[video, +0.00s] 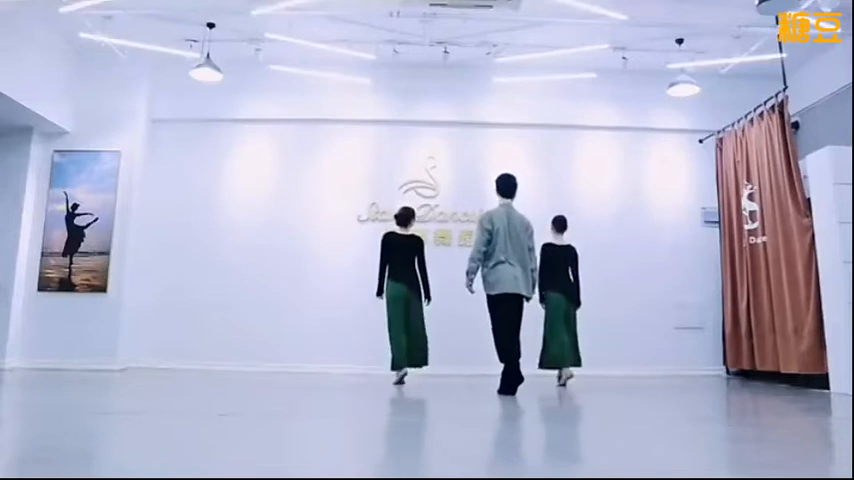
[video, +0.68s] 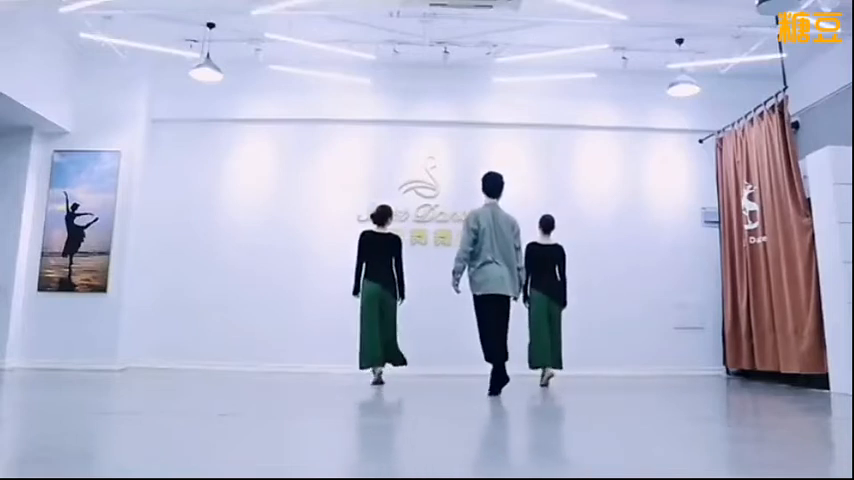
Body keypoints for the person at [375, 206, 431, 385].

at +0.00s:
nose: (412, 222)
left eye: (409, 219)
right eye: (412, 219)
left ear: (396, 219)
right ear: (412, 221)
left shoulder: (388, 238)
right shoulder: (417, 240)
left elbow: (383, 264)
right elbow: (422, 268)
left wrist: (380, 287)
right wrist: (427, 291)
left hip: (394, 286)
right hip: (412, 288)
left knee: (396, 326)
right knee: (410, 325)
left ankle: (400, 367)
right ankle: (403, 365)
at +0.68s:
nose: (390, 220)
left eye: (388, 217)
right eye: (390, 217)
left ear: (374, 218)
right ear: (389, 219)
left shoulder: (365, 236)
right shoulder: (395, 239)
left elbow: (359, 262)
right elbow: (398, 267)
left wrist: (356, 285)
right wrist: (401, 290)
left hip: (370, 287)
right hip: (388, 288)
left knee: (371, 327)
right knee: (386, 327)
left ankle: (376, 369)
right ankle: (379, 366)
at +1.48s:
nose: (366, 220)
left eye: (364, 216)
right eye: (365, 217)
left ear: (349, 217)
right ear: (364, 219)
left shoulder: (340, 236)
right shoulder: (370, 239)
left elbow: (335, 262)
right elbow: (374, 266)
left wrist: (332, 285)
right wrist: (376, 290)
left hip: (344, 283)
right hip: (364, 285)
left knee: (342, 326)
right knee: (364, 327)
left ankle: (339, 366)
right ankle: (359, 367)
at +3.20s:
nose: (281, 242)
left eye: (276, 239)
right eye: (284, 239)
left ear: (273, 238)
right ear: (288, 238)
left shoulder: (266, 253)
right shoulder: (295, 253)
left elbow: (262, 283)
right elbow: (294, 283)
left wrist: (257, 306)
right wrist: (297, 308)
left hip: (269, 301)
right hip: (290, 304)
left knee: (270, 339)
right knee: (279, 342)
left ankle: (280, 368)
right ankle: (263, 376)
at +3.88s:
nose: (275, 229)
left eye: (271, 225)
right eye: (279, 225)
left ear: (268, 226)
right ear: (284, 226)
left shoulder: (260, 244)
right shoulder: (289, 243)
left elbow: (254, 273)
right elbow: (290, 236)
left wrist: (250, 296)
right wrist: (281, 233)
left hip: (263, 292)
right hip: (282, 292)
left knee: (265, 330)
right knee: (280, 330)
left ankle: (276, 366)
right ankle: (265, 372)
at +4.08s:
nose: (274, 228)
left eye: (270, 225)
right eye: (277, 224)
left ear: (266, 226)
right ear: (282, 226)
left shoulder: (259, 245)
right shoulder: (288, 244)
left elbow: (253, 273)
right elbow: (291, 241)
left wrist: (250, 296)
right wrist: (282, 233)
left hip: (262, 292)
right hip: (281, 293)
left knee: (264, 331)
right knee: (279, 332)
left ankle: (275, 366)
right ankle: (270, 373)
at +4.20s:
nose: (275, 228)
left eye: (269, 225)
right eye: (278, 225)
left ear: (266, 226)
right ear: (281, 226)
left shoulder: (258, 245)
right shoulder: (288, 245)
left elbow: (252, 274)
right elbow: (285, 243)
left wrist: (249, 297)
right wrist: (279, 234)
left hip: (261, 293)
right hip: (281, 293)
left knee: (263, 332)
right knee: (280, 333)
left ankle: (275, 366)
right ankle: (276, 373)